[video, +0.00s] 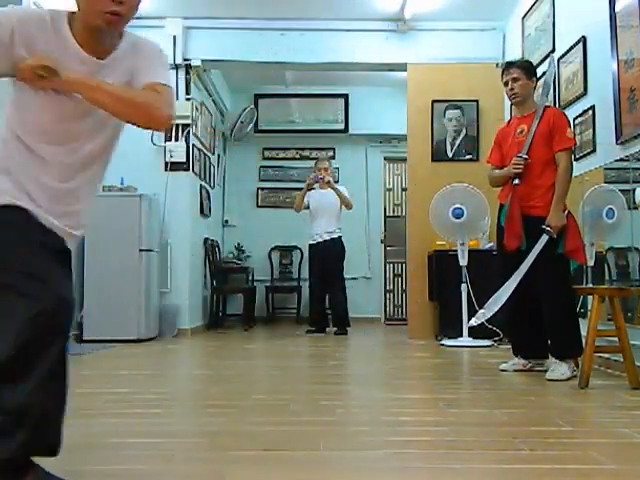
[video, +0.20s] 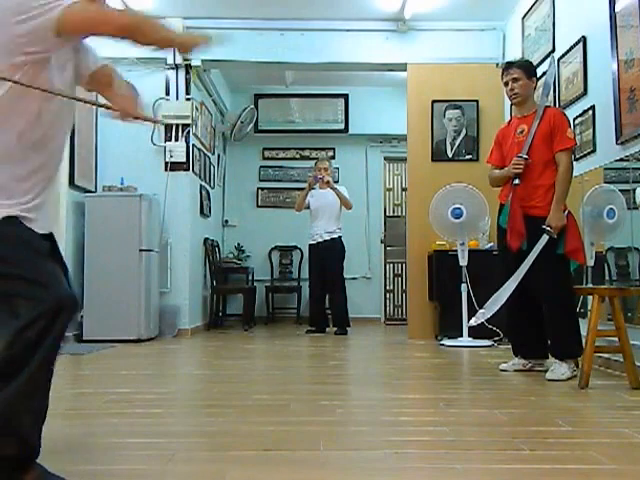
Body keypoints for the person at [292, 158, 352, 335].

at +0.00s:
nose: (323, 173)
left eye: (326, 170)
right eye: (320, 170)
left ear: (330, 171)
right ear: (315, 173)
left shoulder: (339, 190)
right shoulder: (311, 194)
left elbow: (348, 206)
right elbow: (297, 208)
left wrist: (333, 188)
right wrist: (306, 188)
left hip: (334, 241)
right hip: (316, 243)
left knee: (336, 285)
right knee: (316, 286)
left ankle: (341, 324)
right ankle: (318, 324)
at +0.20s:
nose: (322, 173)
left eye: (325, 170)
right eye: (319, 170)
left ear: (330, 171)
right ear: (314, 172)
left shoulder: (338, 190)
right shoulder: (311, 193)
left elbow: (348, 206)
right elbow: (298, 208)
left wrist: (333, 188)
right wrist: (307, 188)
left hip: (333, 241)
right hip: (315, 243)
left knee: (336, 285)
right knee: (316, 286)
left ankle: (341, 324)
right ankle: (318, 324)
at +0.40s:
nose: (322, 173)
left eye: (325, 170)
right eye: (319, 170)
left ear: (330, 172)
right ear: (314, 172)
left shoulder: (339, 190)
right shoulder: (311, 193)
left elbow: (348, 206)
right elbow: (299, 207)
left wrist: (333, 188)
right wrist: (308, 188)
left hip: (333, 241)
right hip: (315, 243)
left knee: (336, 285)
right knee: (316, 286)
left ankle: (341, 324)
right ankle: (318, 324)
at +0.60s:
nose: (322, 173)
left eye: (325, 170)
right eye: (319, 170)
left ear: (330, 172)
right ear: (314, 172)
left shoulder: (339, 189)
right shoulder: (311, 193)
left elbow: (348, 206)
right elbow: (299, 208)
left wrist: (332, 188)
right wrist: (309, 188)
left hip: (333, 241)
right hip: (315, 243)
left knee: (336, 285)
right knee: (316, 286)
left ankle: (341, 324)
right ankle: (318, 324)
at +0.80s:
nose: (322, 173)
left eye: (325, 170)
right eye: (319, 170)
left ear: (330, 172)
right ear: (315, 172)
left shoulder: (339, 189)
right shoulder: (311, 193)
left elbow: (348, 206)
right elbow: (300, 208)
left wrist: (332, 187)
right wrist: (309, 188)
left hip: (334, 241)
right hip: (315, 243)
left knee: (336, 285)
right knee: (316, 286)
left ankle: (341, 325)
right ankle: (318, 324)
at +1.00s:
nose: (322, 173)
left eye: (325, 170)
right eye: (319, 170)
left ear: (330, 172)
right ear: (315, 172)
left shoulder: (339, 189)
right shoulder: (311, 193)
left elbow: (348, 206)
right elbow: (300, 208)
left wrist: (332, 188)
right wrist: (309, 188)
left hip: (334, 241)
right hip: (316, 243)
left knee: (336, 285)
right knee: (316, 286)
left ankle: (341, 325)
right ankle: (318, 324)